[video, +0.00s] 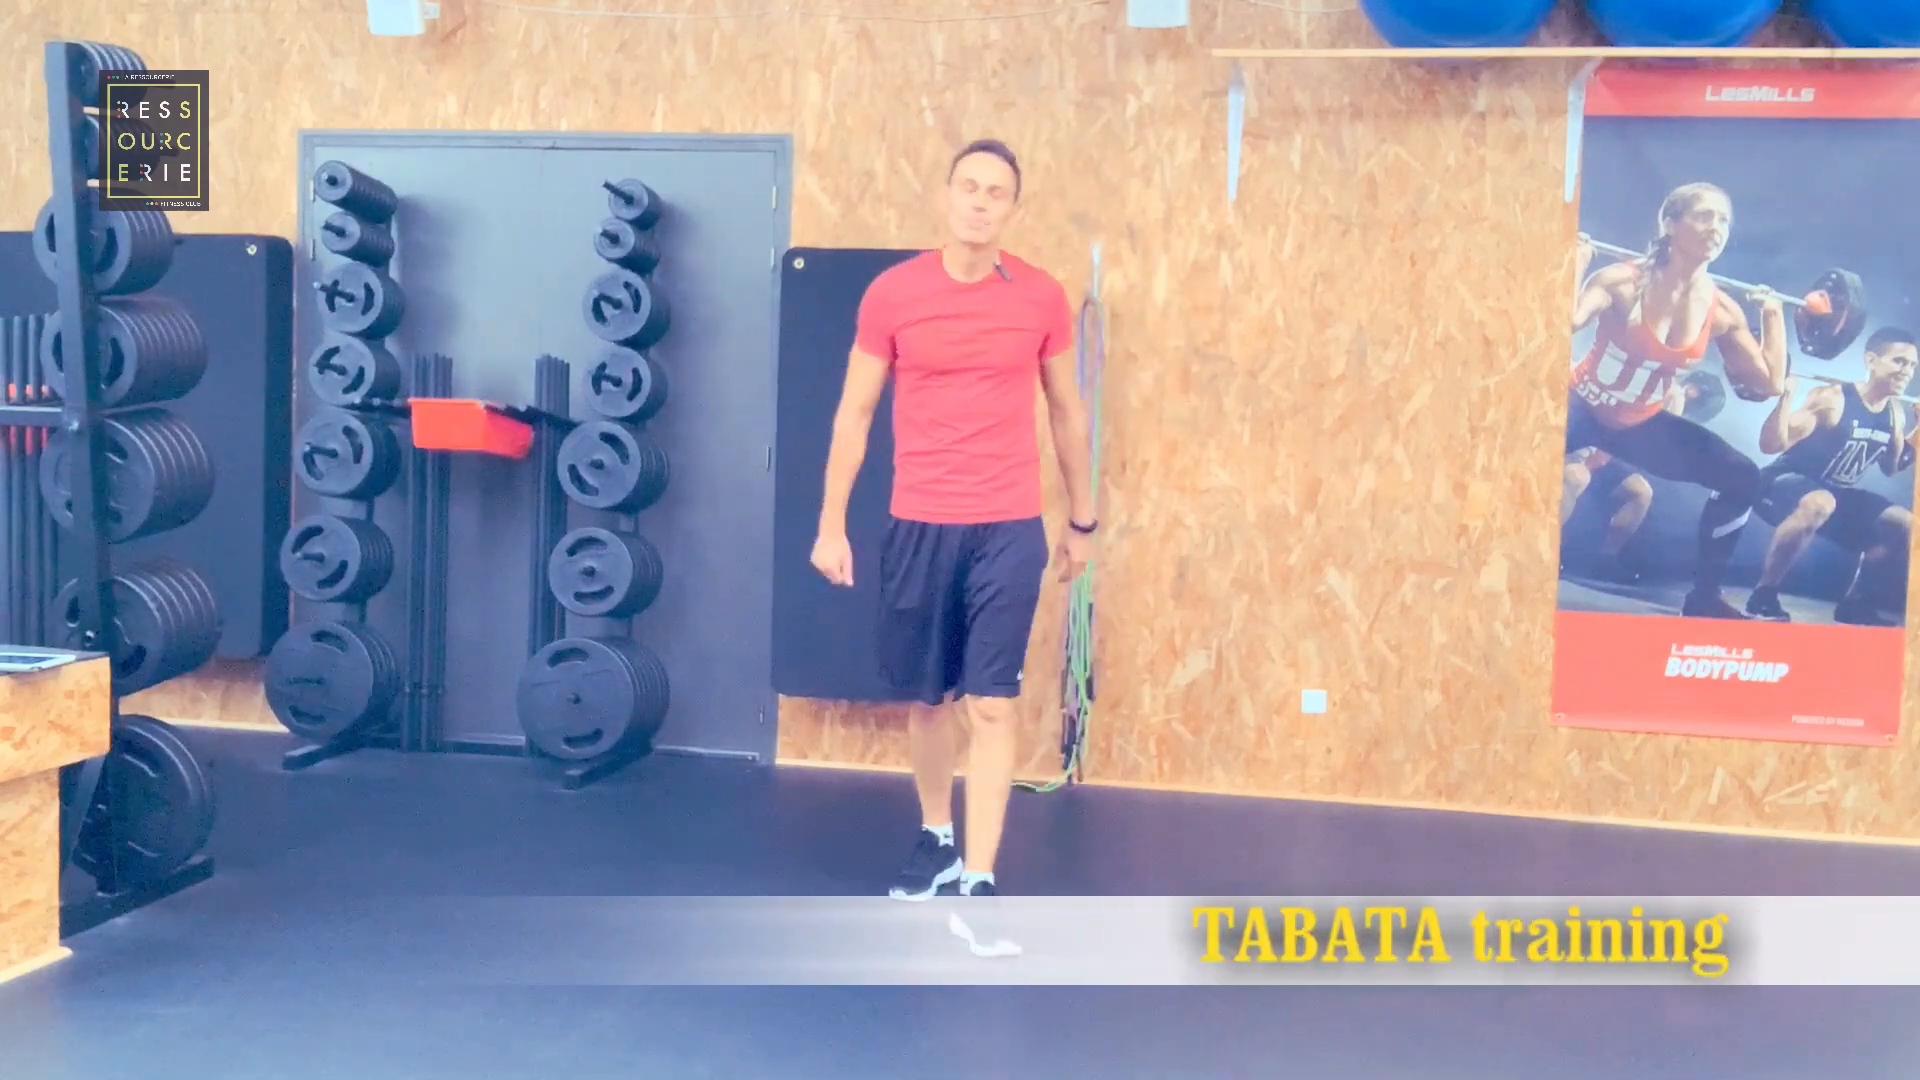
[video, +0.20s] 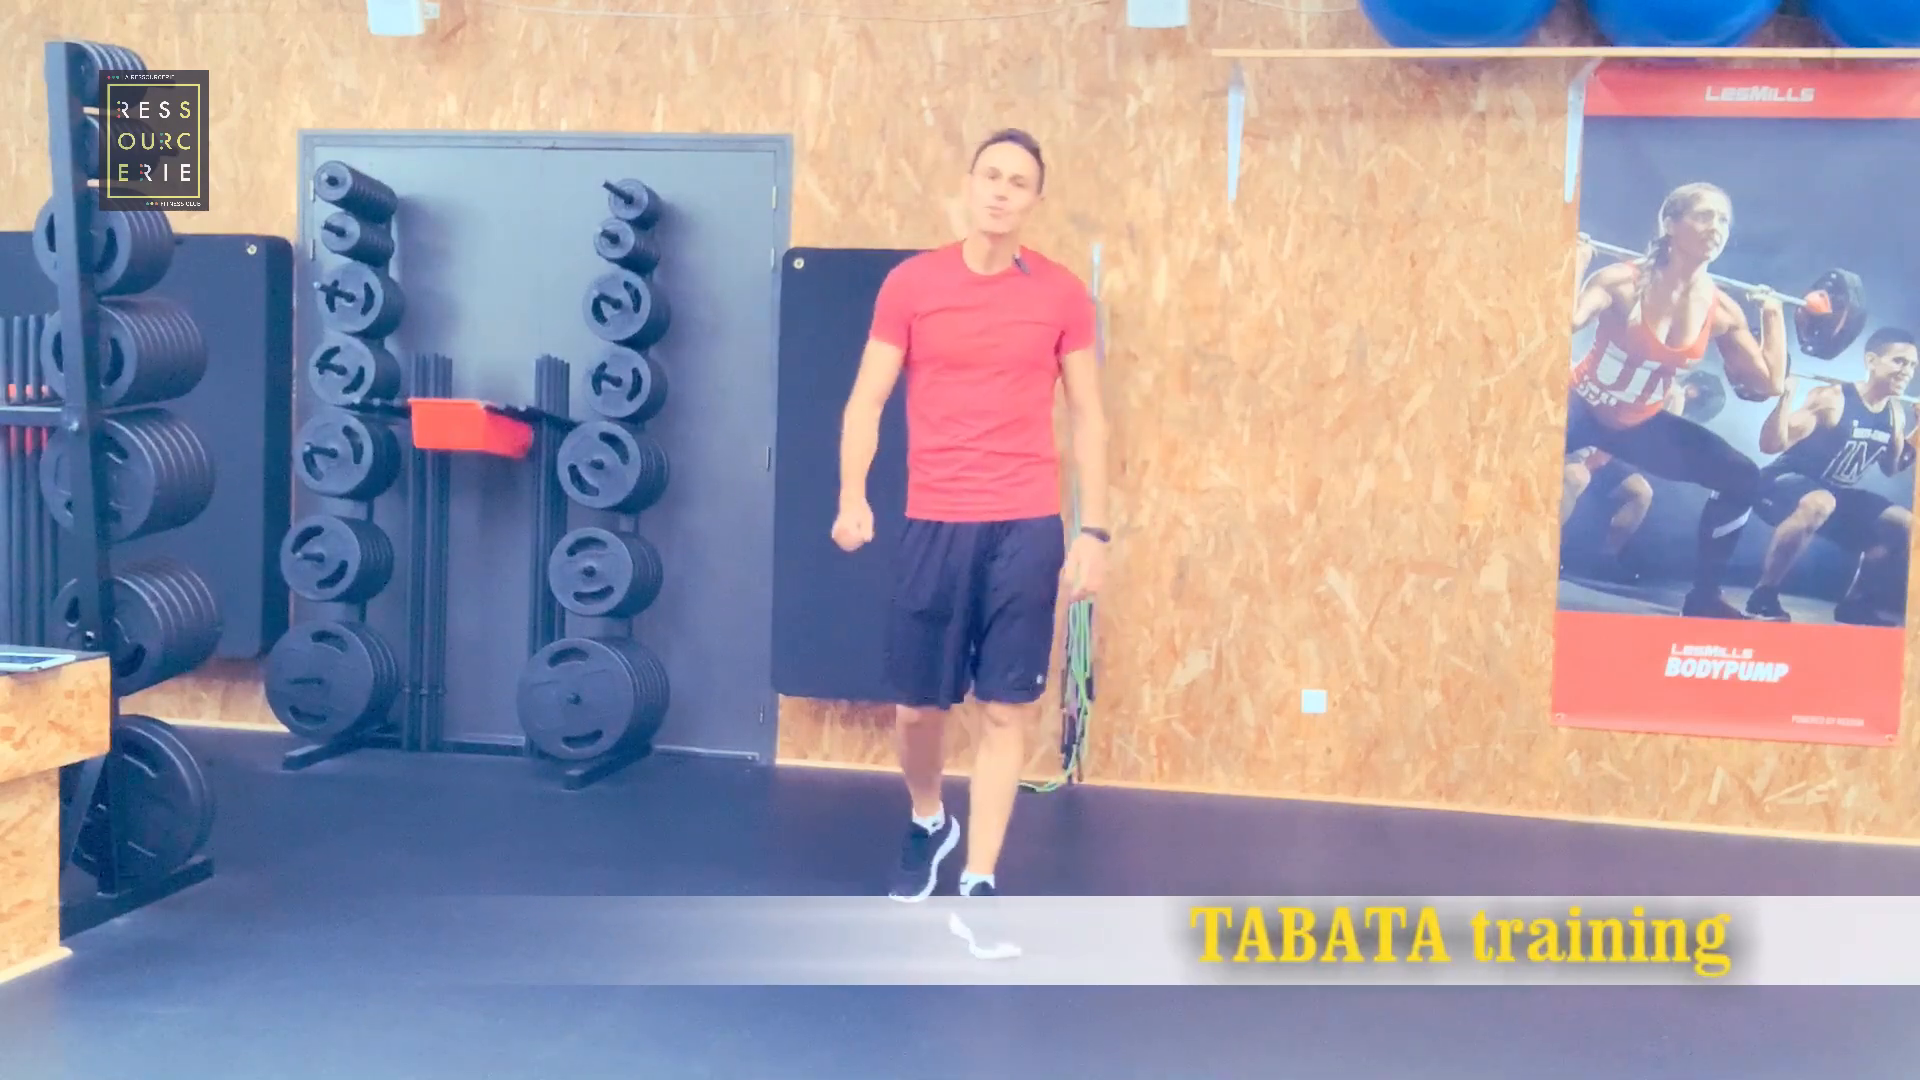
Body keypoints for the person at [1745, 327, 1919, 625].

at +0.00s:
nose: (1906, 371)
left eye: (1911, 365)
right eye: (1899, 361)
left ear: (1914, 371)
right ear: (1871, 361)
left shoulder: (1894, 413)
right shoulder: (1830, 398)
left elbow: (1891, 467)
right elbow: (1769, 444)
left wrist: (1910, 443)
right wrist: (1785, 395)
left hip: (1839, 495)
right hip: (1786, 481)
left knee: (1906, 525)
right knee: (1820, 503)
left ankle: (1855, 604)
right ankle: (1764, 596)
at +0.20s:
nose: (1906, 371)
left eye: (1911, 365)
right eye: (1899, 361)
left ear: (1914, 371)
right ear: (1871, 361)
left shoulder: (1894, 412)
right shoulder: (1830, 398)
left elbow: (1892, 467)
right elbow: (1769, 444)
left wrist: (1911, 444)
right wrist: (1786, 395)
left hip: (1839, 495)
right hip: (1786, 481)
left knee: (1906, 525)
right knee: (1820, 503)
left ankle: (1855, 604)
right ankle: (1764, 595)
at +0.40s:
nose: (1906, 371)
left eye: (1911, 365)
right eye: (1899, 361)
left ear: (1914, 371)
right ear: (1871, 361)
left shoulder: (1894, 412)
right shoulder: (1831, 398)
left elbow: (1891, 467)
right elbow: (1769, 444)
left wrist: (1910, 447)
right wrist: (1785, 395)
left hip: (1839, 495)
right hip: (1785, 481)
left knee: (1906, 525)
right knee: (1820, 503)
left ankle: (1855, 604)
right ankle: (1764, 596)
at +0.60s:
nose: (1906, 371)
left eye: (1911, 365)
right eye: (1899, 361)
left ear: (1914, 371)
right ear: (1871, 361)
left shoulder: (1894, 412)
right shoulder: (1831, 398)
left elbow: (1891, 467)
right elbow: (1769, 444)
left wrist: (1910, 446)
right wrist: (1785, 395)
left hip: (1839, 495)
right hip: (1785, 481)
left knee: (1906, 524)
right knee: (1820, 502)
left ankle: (1854, 603)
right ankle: (1764, 595)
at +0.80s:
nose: (1906, 371)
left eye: (1911, 365)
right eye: (1899, 361)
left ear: (1914, 371)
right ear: (1871, 361)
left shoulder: (1894, 412)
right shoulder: (1831, 398)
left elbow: (1891, 467)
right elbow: (1769, 444)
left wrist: (1910, 446)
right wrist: (1785, 395)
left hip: (1839, 495)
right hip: (1786, 481)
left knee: (1906, 525)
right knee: (1820, 502)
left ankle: (1854, 604)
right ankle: (1764, 596)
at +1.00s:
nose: (1906, 371)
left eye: (1911, 365)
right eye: (1899, 361)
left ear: (1914, 371)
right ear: (1871, 361)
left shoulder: (1894, 412)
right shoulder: (1831, 398)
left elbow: (1891, 467)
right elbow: (1769, 444)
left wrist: (1911, 443)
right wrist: (1786, 395)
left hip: (1839, 495)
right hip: (1785, 481)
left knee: (1906, 526)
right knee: (1821, 502)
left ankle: (1854, 604)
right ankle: (1764, 595)